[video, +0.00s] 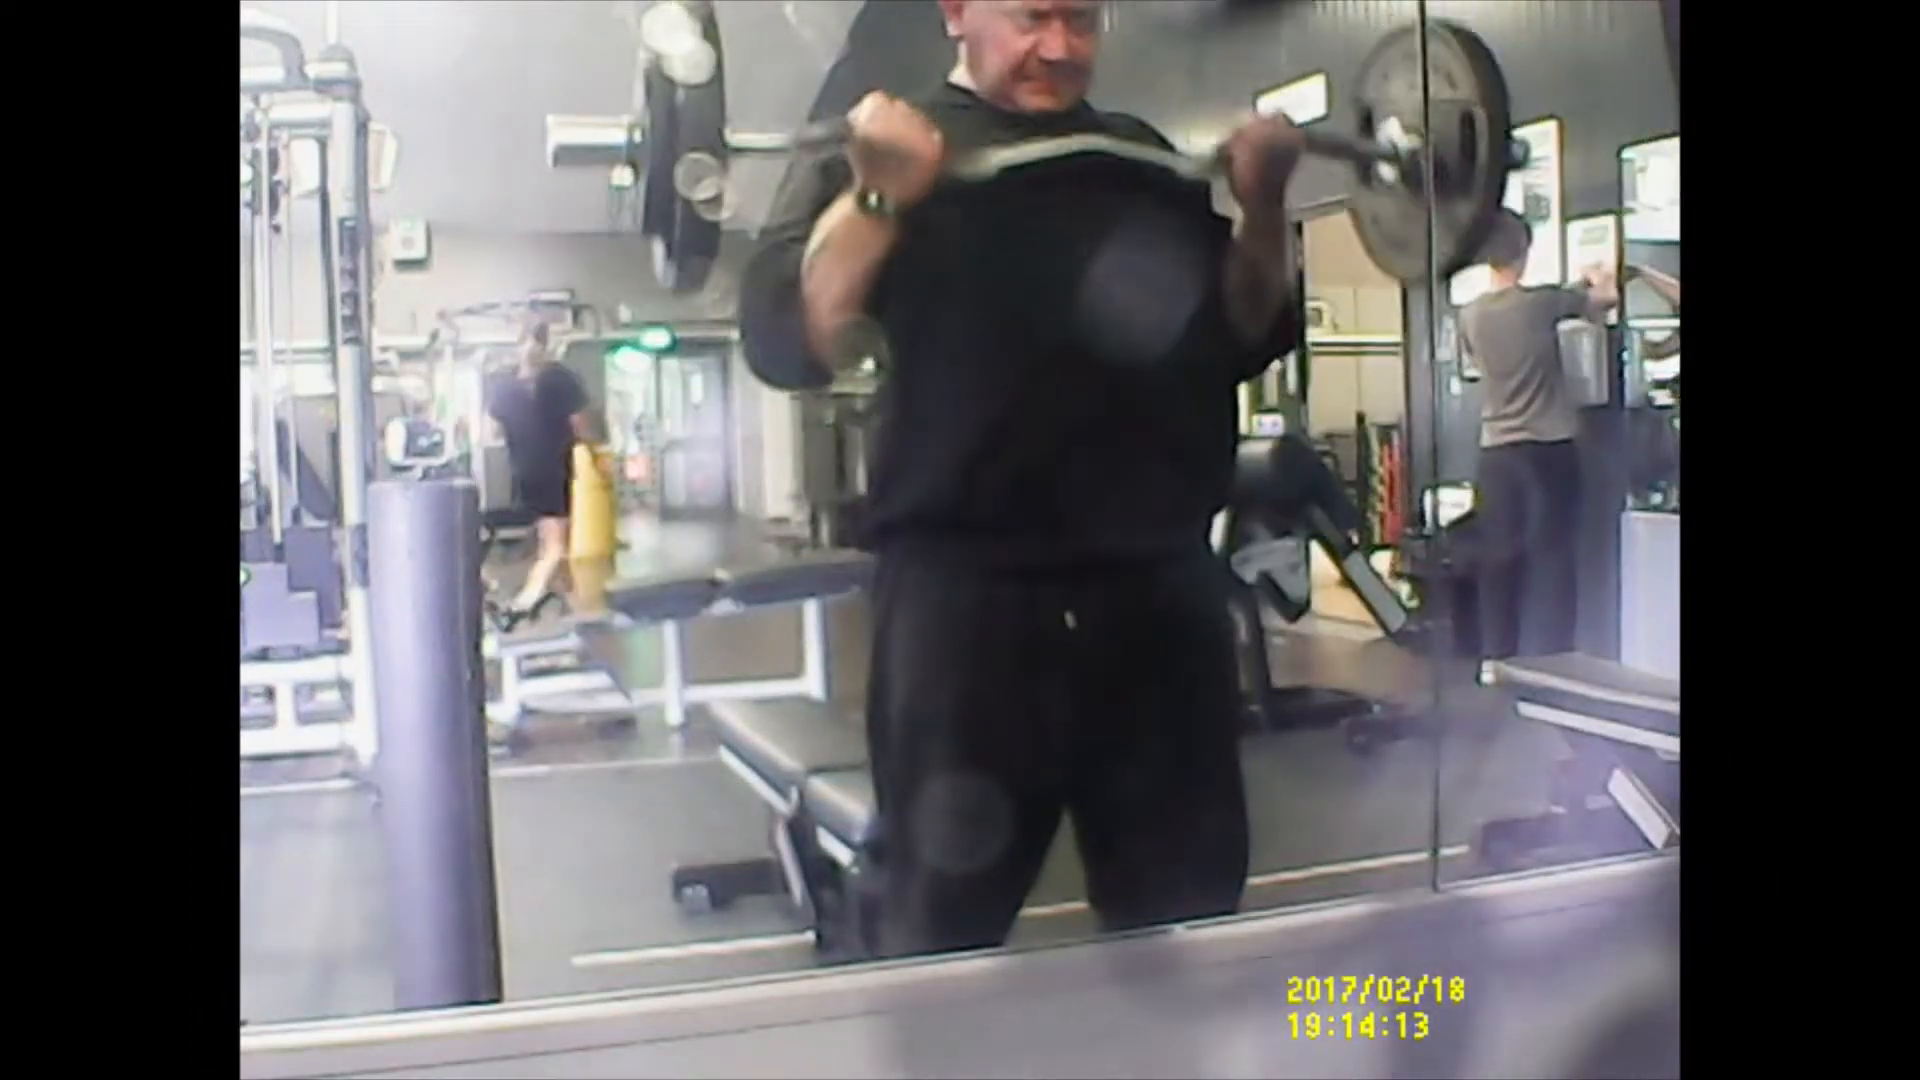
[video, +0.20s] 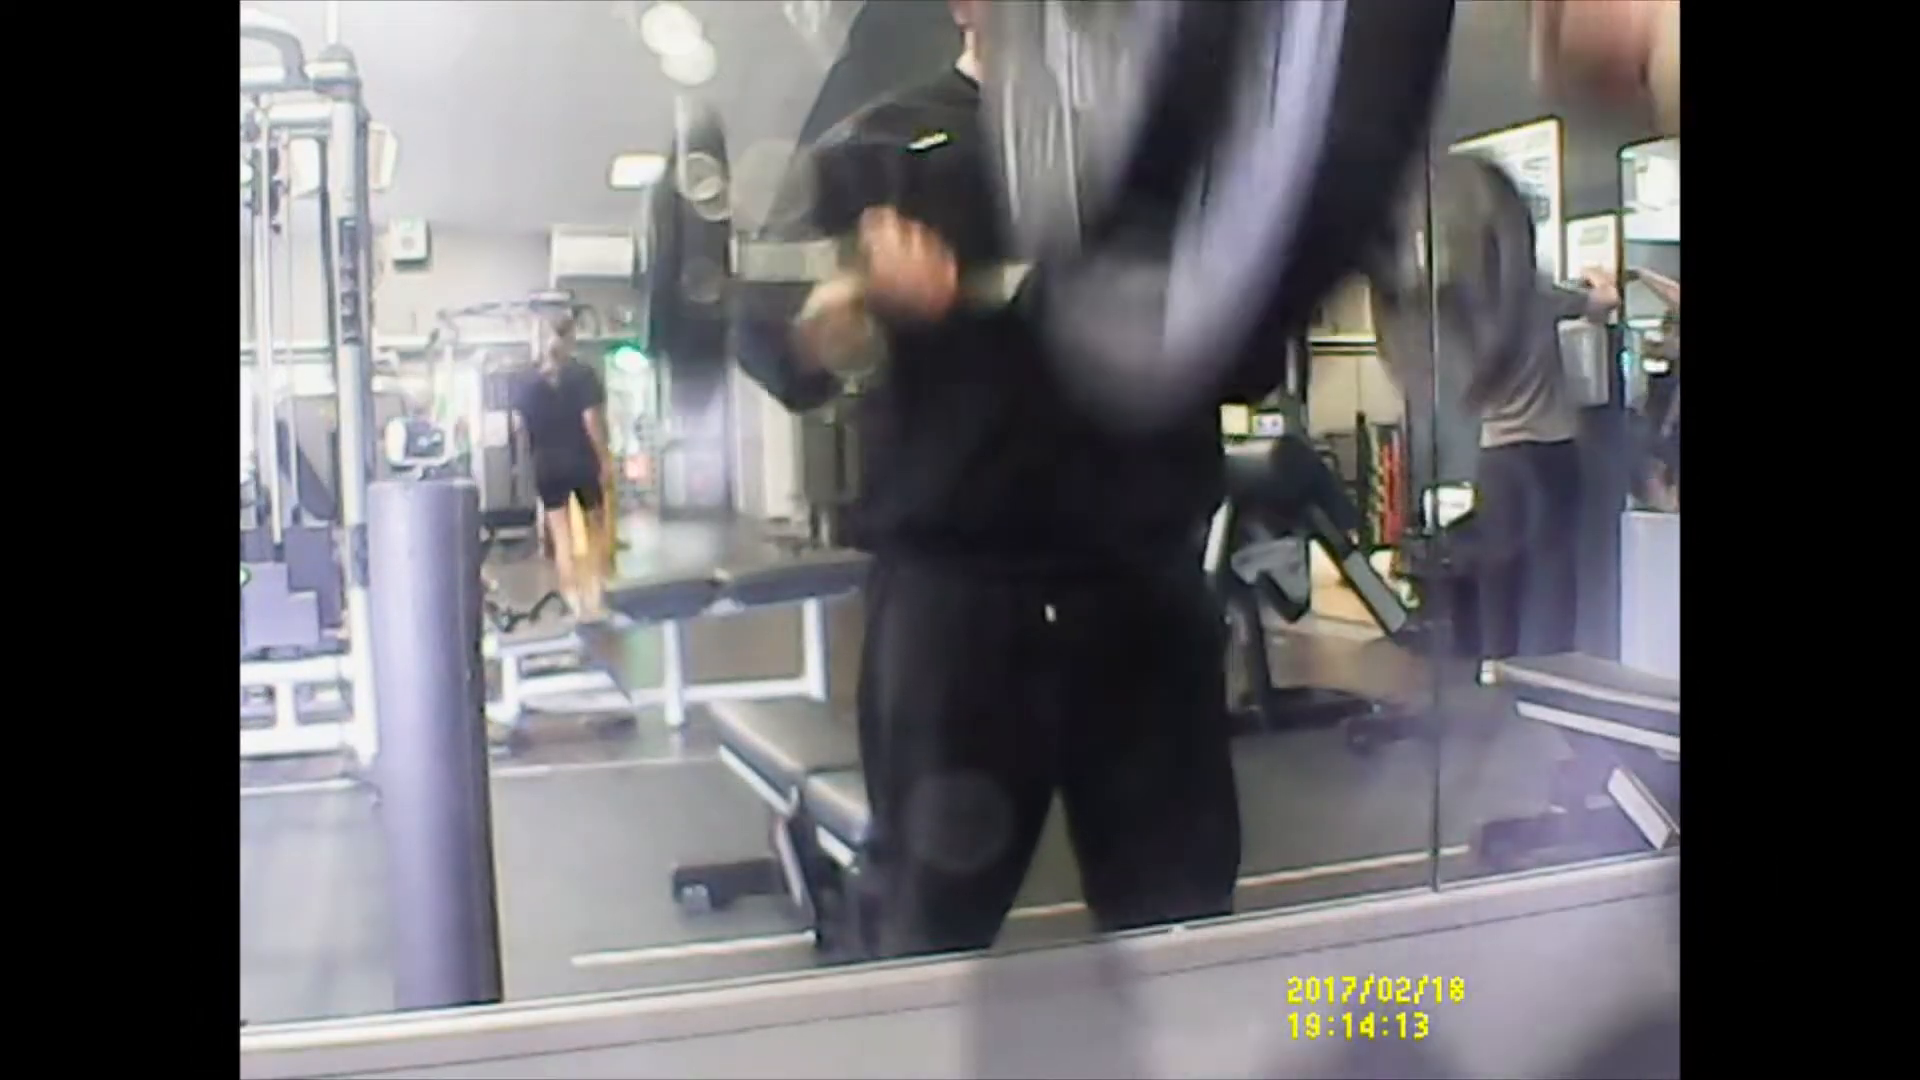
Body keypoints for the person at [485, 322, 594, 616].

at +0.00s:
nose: (533, 349)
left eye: (531, 343)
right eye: (535, 343)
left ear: (518, 347)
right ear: (546, 345)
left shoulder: (503, 383)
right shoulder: (559, 378)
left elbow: (492, 431)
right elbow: (580, 424)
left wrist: (516, 429)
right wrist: (597, 452)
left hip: (524, 466)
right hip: (555, 464)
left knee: (550, 539)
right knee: (555, 545)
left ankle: (571, 601)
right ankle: (520, 607)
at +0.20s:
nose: (567, 347)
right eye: (568, 342)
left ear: (541, 345)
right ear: (568, 343)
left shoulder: (527, 379)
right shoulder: (581, 374)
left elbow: (520, 425)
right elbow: (590, 420)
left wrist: (525, 455)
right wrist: (604, 457)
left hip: (546, 460)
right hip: (580, 456)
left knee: (562, 538)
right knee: (596, 529)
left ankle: (574, 606)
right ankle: (595, 600)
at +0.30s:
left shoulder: (537, 392)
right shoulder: (587, 375)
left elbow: (530, 426)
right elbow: (596, 422)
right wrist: (606, 459)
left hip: (555, 466)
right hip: (588, 462)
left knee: (566, 540)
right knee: (600, 535)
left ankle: (576, 608)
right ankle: (597, 603)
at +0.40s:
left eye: (567, 347)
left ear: (566, 349)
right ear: (594, 349)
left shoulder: (551, 383)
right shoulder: (601, 381)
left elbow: (538, 426)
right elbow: (610, 426)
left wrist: (542, 462)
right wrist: (617, 458)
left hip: (563, 460)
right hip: (598, 461)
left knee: (573, 533)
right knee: (602, 532)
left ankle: (576, 601)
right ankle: (600, 599)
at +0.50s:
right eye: (598, 350)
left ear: (571, 350)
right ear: (597, 350)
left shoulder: (552, 384)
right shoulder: (605, 382)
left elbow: (542, 424)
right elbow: (613, 428)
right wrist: (623, 463)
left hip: (565, 469)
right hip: (602, 469)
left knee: (572, 541)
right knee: (602, 540)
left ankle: (574, 609)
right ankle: (597, 606)